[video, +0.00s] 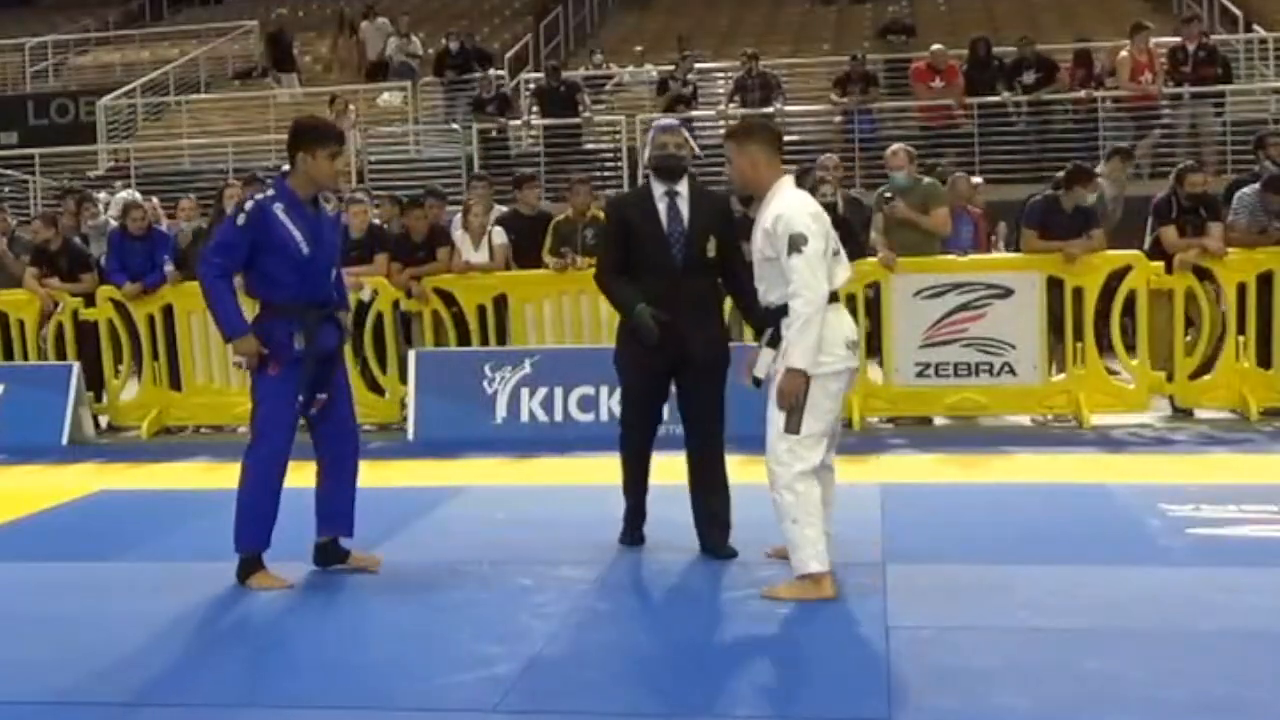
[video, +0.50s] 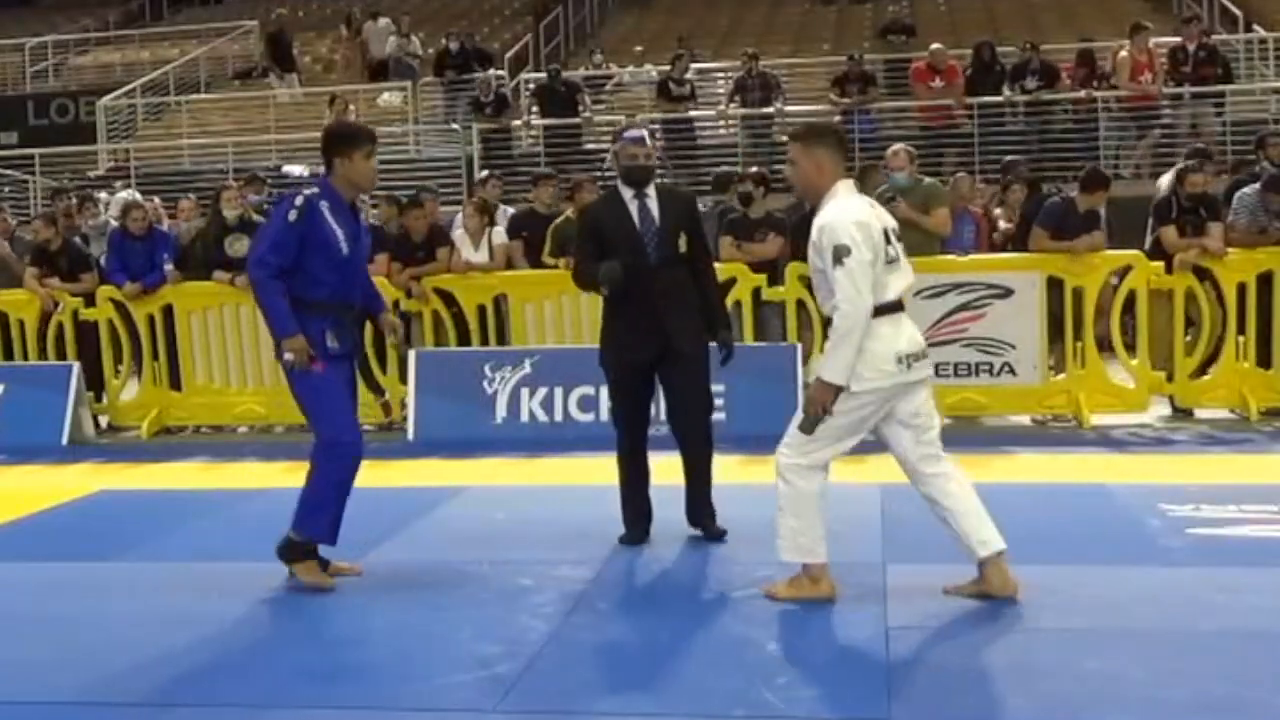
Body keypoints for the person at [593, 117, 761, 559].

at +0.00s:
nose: (669, 154)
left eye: (677, 146)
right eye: (661, 147)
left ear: (690, 153)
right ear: (646, 154)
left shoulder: (713, 205)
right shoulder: (622, 208)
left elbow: (735, 271)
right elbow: (607, 272)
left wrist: (761, 319)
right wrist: (633, 307)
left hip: (702, 339)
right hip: (644, 339)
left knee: (706, 440)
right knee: (636, 436)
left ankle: (714, 535)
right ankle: (633, 520)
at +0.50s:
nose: (638, 158)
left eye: (645, 151)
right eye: (630, 152)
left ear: (656, 157)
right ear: (615, 159)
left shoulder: (680, 202)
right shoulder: (597, 213)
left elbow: (703, 267)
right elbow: (581, 273)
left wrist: (719, 323)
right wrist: (600, 273)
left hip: (682, 332)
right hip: (626, 337)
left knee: (695, 427)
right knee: (631, 435)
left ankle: (702, 515)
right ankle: (636, 523)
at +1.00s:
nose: (669, 163)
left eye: (677, 155)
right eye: (662, 156)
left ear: (689, 161)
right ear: (650, 162)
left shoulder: (706, 205)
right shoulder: (636, 208)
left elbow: (726, 260)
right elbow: (626, 251)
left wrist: (728, 316)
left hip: (698, 320)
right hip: (645, 319)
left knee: (695, 422)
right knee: (646, 424)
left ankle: (695, 508)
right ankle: (639, 516)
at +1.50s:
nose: (659, 169)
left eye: (666, 162)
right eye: (651, 162)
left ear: (678, 165)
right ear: (640, 165)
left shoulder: (689, 203)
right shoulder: (627, 204)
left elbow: (714, 267)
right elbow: (618, 209)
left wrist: (726, 329)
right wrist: (640, 177)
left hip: (690, 316)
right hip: (637, 315)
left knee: (692, 417)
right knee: (640, 410)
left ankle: (694, 502)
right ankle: (641, 482)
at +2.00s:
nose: (634, 168)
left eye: (639, 162)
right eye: (626, 163)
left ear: (650, 165)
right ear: (615, 169)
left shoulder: (675, 205)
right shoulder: (601, 215)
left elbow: (696, 265)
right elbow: (593, 278)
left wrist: (708, 317)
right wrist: (591, 336)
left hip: (679, 325)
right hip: (629, 329)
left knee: (690, 408)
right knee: (635, 414)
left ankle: (698, 486)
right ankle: (641, 492)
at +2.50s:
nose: (646, 171)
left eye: (653, 165)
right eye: (642, 165)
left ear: (671, 168)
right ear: (636, 170)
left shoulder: (700, 212)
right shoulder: (625, 216)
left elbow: (717, 271)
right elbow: (616, 273)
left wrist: (720, 319)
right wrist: (600, 322)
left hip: (689, 328)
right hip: (641, 328)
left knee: (691, 411)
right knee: (643, 413)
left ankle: (692, 485)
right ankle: (641, 492)